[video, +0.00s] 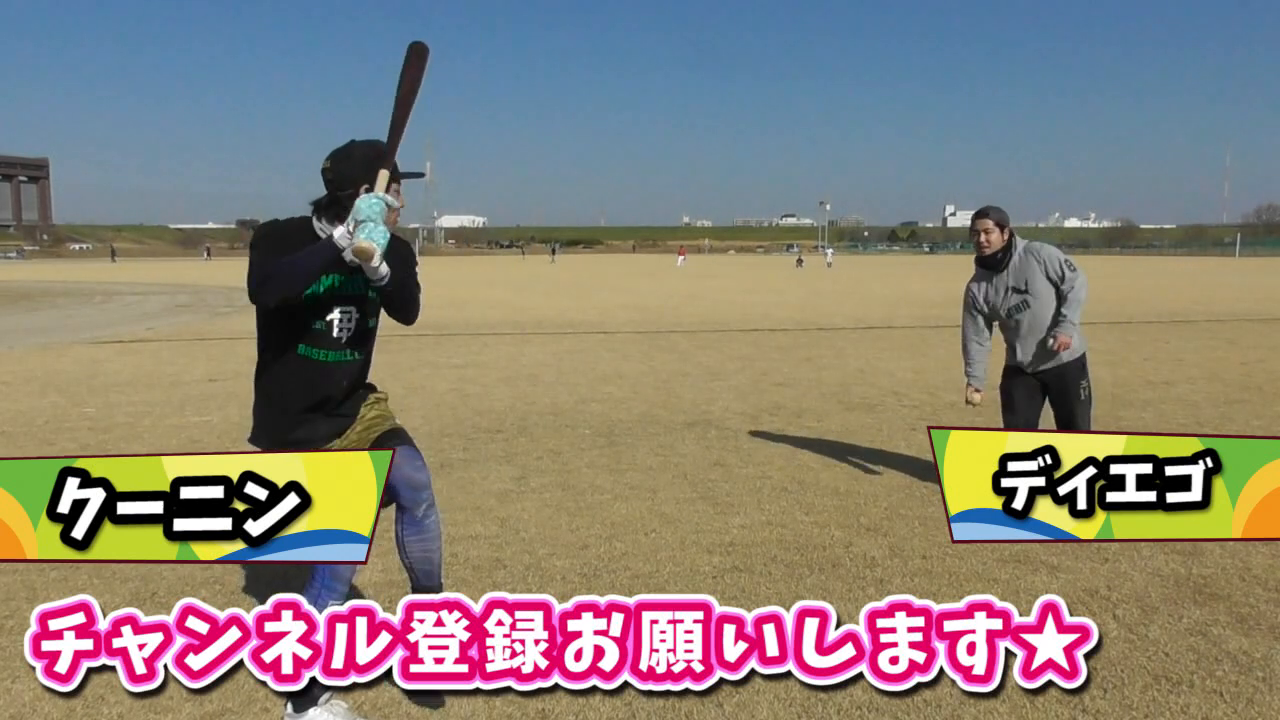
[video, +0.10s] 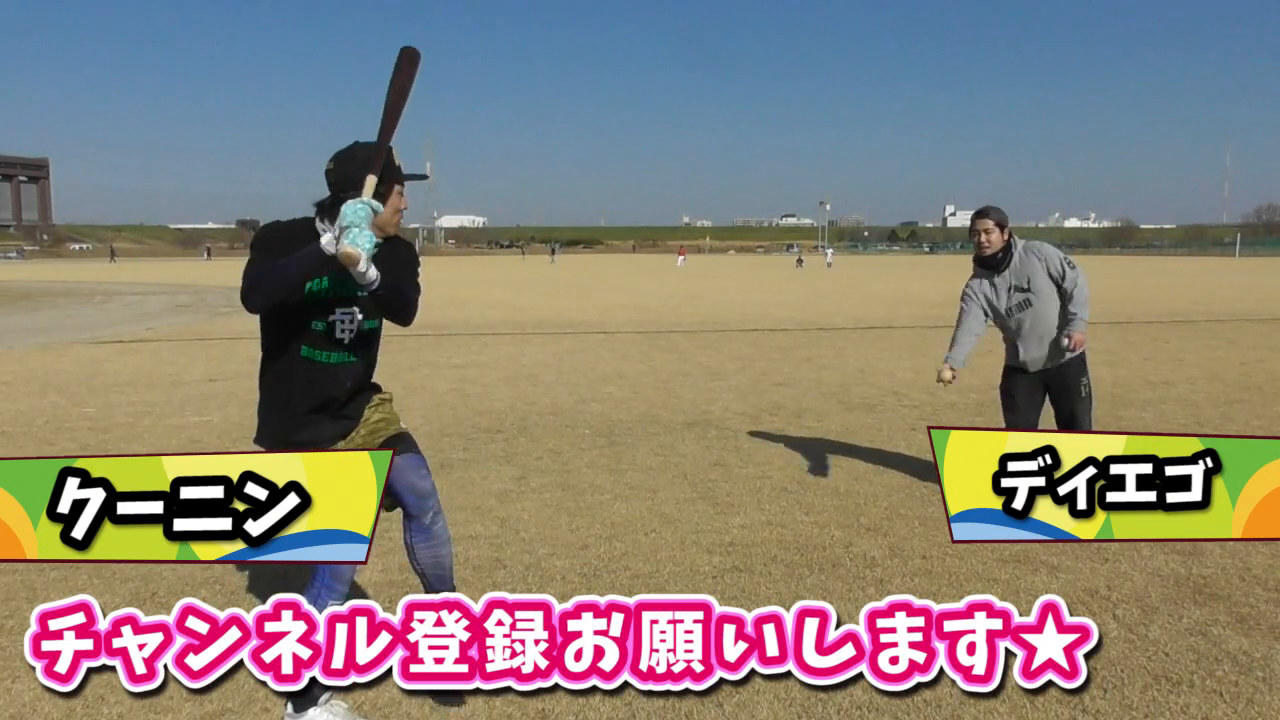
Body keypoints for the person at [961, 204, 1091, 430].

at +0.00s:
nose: (981, 239)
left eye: (988, 232)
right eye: (976, 233)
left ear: (1005, 233)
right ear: (971, 236)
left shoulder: (1039, 255)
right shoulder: (978, 289)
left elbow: (1075, 283)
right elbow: (975, 339)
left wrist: (1067, 327)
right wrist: (975, 381)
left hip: (1065, 363)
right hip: (1020, 369)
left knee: (1077, 440)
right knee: (1017, 440)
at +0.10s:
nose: (981, 239)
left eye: (988, 232)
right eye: (975, 233)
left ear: (1005, 234)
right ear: (971, 237)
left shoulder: (1040, 254)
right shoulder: (978, 286)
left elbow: (1076, 283)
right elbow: (967, 327)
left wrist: (1078, 326)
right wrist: (952, 363)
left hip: (1065, 361)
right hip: (1021, 368)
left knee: (1079, 438)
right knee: (1018, 440)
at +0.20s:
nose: (984, 238)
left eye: (990, 231)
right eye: (978, 233)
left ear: (1006, 231)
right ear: (972, 238)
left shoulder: (1041, 253)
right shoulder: (978, 281)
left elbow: (1077, 284)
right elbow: (965, 308)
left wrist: (1090, 325)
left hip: (1066, 361)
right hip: (1021, 368)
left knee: (1079, 436)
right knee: (1019, 438)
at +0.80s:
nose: (1026, 233)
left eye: (1033, 226)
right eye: (1020, 226)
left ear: (1049, 226)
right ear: (1013, 226)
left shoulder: (1071, 263)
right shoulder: (999, 265)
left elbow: (1086, 312)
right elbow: (981, 311)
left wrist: (1083, 355)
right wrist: (978, 353)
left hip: (1061, 369)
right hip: (1014, 372)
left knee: (1077, 442)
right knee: (1013, 442)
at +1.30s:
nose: (1060, 258)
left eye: (1068, 252)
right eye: (1055, 249)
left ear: (1081, 248)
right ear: (1047, 239)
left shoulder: (1090, 275)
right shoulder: (1019, 265)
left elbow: (1090, 323)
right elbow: (1000, 308)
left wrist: (1066, 359)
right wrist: (1005, 351)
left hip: (1060, 370)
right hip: (1015, 370)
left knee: (1076, 442)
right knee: (1013, 443)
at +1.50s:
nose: (1065, 290)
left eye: (1072, 286)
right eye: (1060, 284)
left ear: (1082, 280)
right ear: (1049, 271)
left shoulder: (1089, 294)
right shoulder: (1018, 281)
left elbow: (1093, 342)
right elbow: (999, 325)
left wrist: (1082, 388)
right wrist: (1003, 370)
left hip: (1058, 373)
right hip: (1014, 371)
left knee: (1076, 439)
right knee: (1011, 441)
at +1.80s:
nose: (1055, 334)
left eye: (1062, 330)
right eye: (1050, 329)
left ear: (1073, 322)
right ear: (1038, 314)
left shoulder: (1085, 325)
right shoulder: (1013, 309)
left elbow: (1081, 377)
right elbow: (992, 347)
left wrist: (1065, 425)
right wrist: (990, 387)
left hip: (1058, 377)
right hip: (1016, 376)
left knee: (1077, 430)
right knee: (1010, 429)